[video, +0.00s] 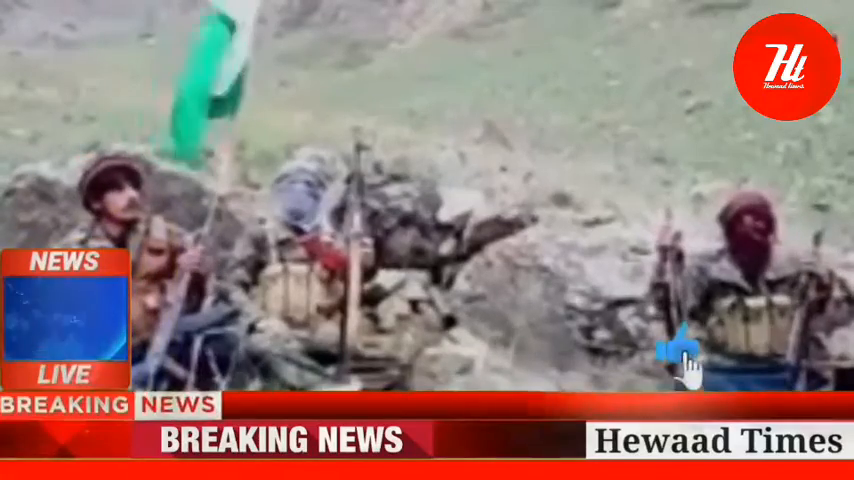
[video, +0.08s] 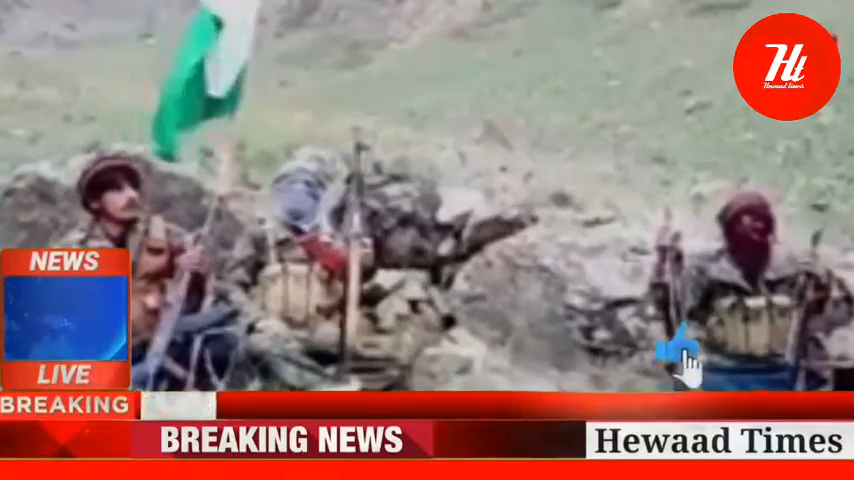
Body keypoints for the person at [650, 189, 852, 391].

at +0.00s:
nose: (756, 225)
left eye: (762, 218)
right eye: (746, 217)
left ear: (772, 227)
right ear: (730, 226)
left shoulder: (795, 271)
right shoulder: (704, 269)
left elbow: (844, 310)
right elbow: (672, 311)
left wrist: (825, 296)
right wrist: (667, 266)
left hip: (783, 375)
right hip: (721, 375)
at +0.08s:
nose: (758, 225)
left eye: (763, 219)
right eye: (748, 217)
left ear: (772, 228)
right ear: (730, 226)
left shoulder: (793, 270)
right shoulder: (704, 269)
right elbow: (672, 311)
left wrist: (823, 297)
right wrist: (666, 266)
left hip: (782, 373)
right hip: (720, 374)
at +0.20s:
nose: (758, 225)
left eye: (764, 219)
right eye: (749, 217)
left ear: (772, 227)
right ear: (730, 225)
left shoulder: (794, 270)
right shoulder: (704, 269)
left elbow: (841, 312)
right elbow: (673, 313)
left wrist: (823, 298)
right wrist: (667, 267)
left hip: (782, 374)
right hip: (720, 375)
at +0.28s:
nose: (758, 225)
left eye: (764, 219)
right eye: (749, 216)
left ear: (772, 227)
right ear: (730, 225)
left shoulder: (795, 270)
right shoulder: (704, 269)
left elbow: (842, 311)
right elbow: (674, 313)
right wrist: (667, 266)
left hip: (783, 374)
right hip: (720, 374)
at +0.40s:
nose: (759, 225)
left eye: (764, 219)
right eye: (749, 216)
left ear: (773, 227)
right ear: (730, 225)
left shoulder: (793, 272)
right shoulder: (705, 270)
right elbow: (674, 313)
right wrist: (667, 265)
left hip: (782, 372)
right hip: (721, 372)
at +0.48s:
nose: (763, 224)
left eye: (767, 219)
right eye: (754, 216)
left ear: (773, 227)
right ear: (732, 224)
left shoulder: (796, 270)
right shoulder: (705, 269)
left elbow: (843, 309)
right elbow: (681, 314)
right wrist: (669, 268)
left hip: (783, 372)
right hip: (722, 372)